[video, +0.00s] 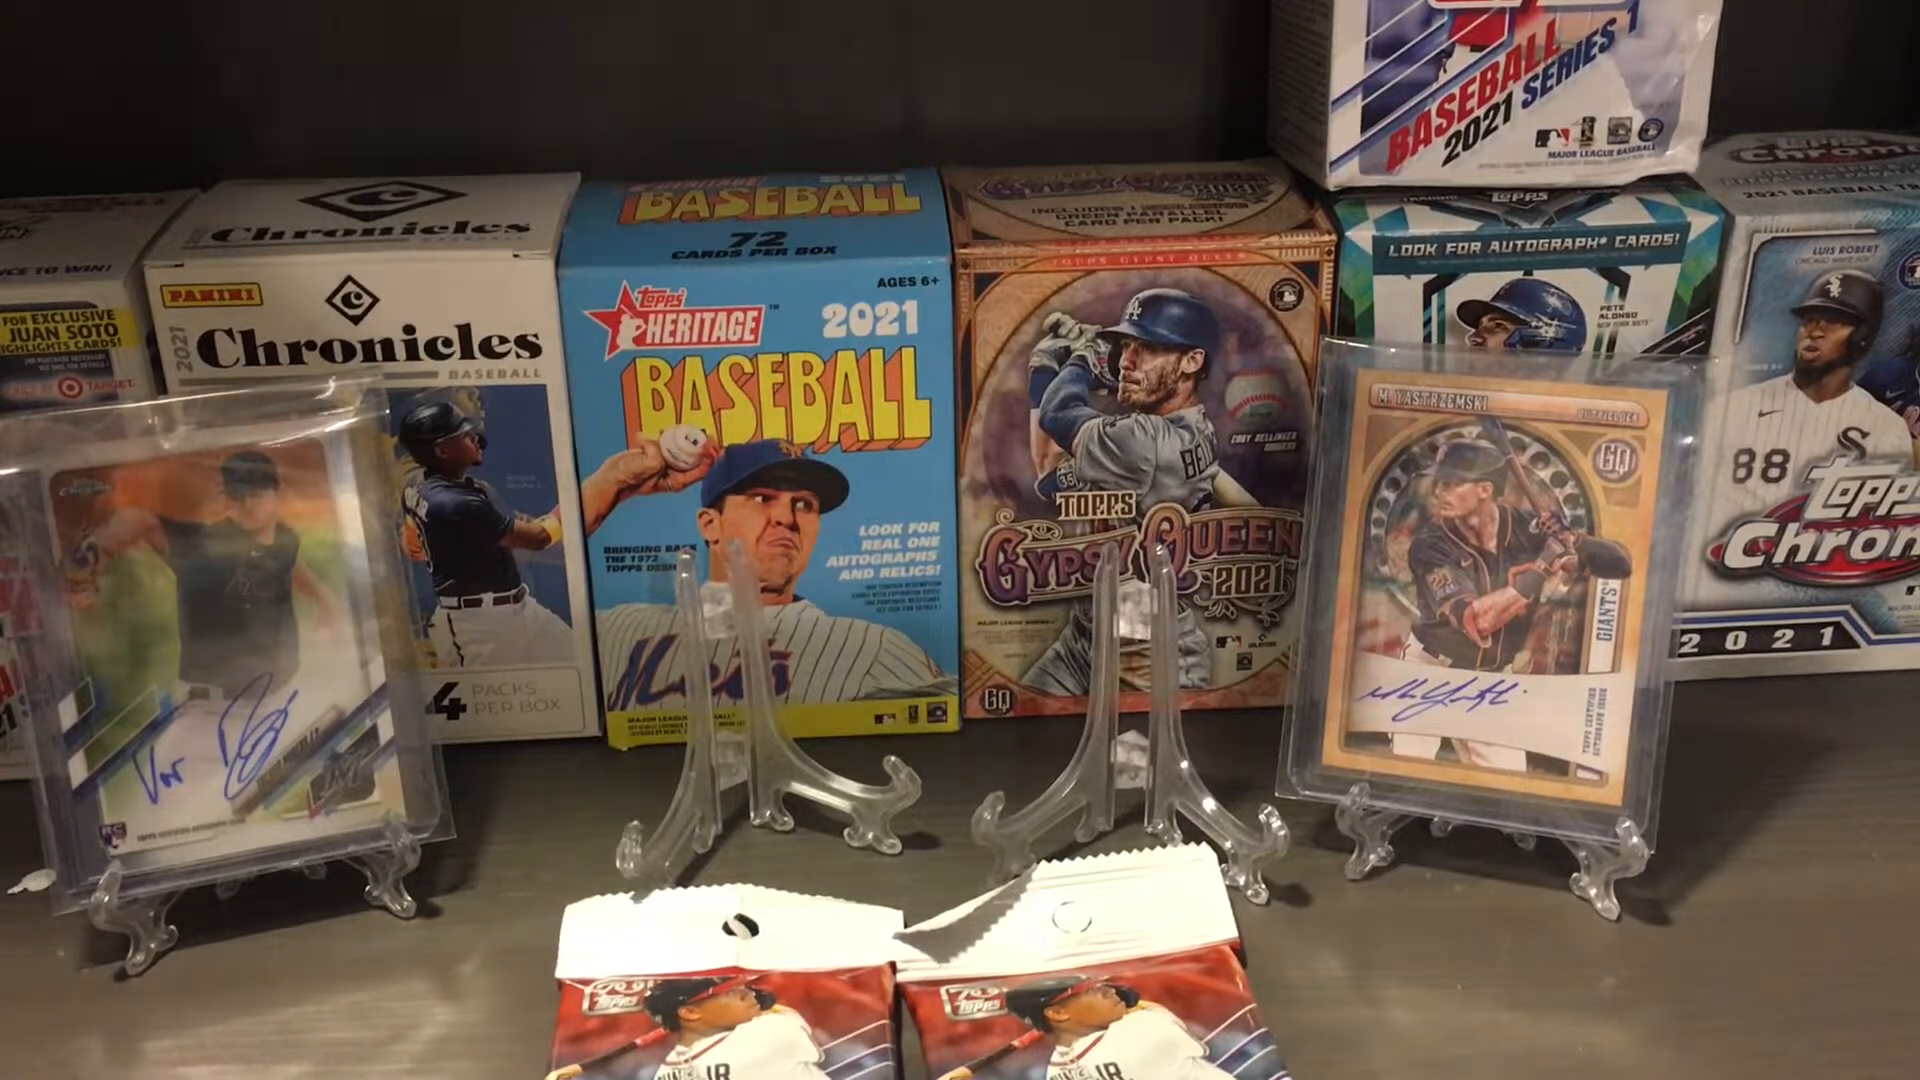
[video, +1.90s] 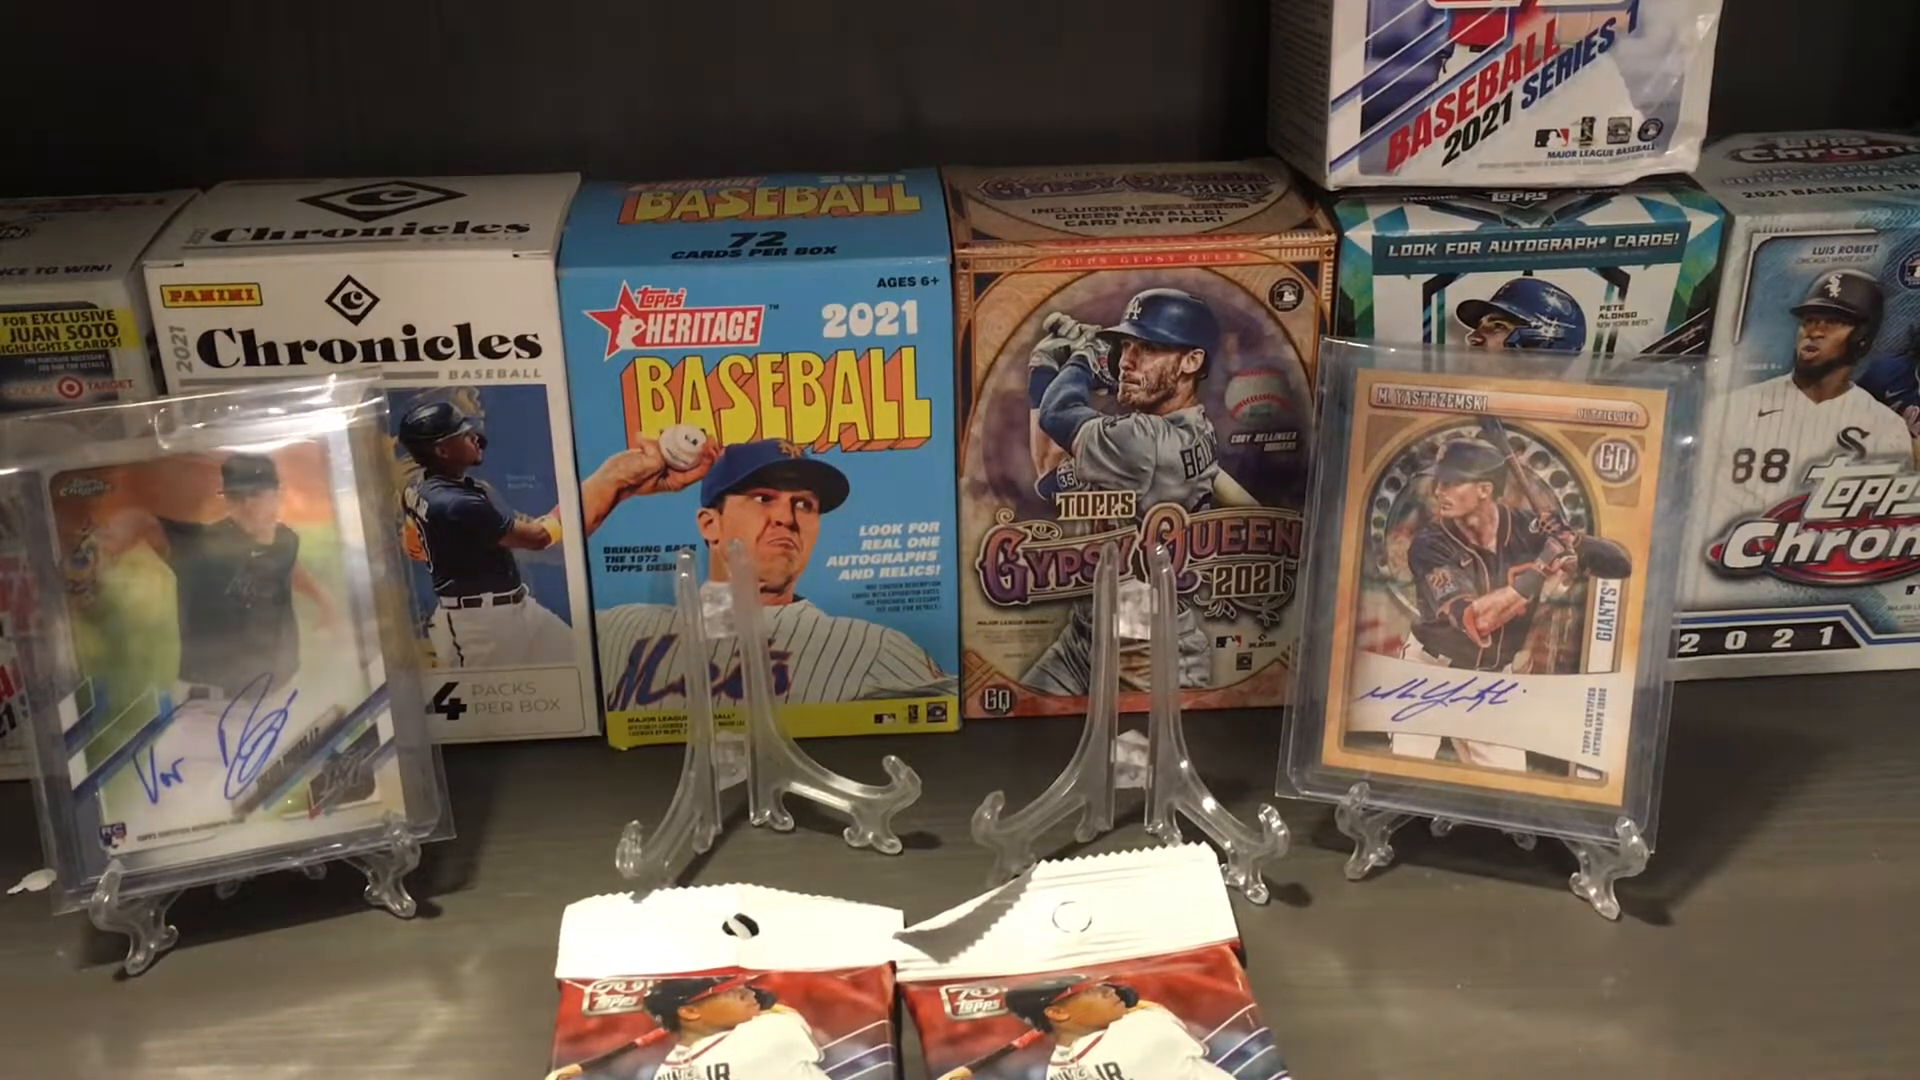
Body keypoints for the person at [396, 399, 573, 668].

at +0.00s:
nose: (474, 435)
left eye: (468, 429)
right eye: (464, 433)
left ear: (443, 451)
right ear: (442, 450)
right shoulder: (461, 506)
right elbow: (539, 537)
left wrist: (538, 523)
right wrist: (570, 510)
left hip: (520, 610)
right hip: (474, 623)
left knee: (588, 664)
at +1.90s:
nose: (475, 435)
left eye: (468, 429)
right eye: (464, 433)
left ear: (443, 451)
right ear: (442, 450)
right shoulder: (460, 507)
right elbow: (539, 537)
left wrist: (543, 523)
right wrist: (571, 507)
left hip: (520, 609)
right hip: (476, 622)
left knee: (589, 663)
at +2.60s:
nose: (475, 436)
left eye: (469, 429)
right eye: (465, 433)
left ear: (443, 451)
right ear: (442, 450)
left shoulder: (420, 490)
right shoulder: (461, 507)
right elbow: (538, 537)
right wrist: (573, 506)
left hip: (519, 609)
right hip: (474, 623)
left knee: (589, 663)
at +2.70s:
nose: (475, 436)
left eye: (469, 429)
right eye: (464, 433)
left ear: (443, 451)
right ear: (442, 450)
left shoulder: (419, 490)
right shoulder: (461, 507)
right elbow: (539, 537)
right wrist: (573, 506)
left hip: (519, 609)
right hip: (474, 623)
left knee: (588, 662)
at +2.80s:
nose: (475, 436)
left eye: (469, 430)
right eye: (464, 433)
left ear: (443, 451)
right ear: (442, 450)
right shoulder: (460, 507)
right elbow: (539, 537)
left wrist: (537, 524)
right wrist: (573, 505)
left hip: (519, 609)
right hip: (475, 622)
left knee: (588, 664)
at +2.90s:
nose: (475, 436)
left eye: (469, 430)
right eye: (464, 433)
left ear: (443, 451)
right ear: (442, 450)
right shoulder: (460, 507)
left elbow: (507, 522)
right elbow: (539, 537)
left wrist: (540, 524)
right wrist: (573, 506)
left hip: (520, 609)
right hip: (475, 623)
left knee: (588, 664)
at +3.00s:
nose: (475, 436)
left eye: (469, 430)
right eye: (464, 433)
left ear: (443, 451)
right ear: (442, 450)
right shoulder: (461, 507)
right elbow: (539, 537)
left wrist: (536, 524)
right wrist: (573, 505)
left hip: (519, 609)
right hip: (475, 623)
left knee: (588, 663)